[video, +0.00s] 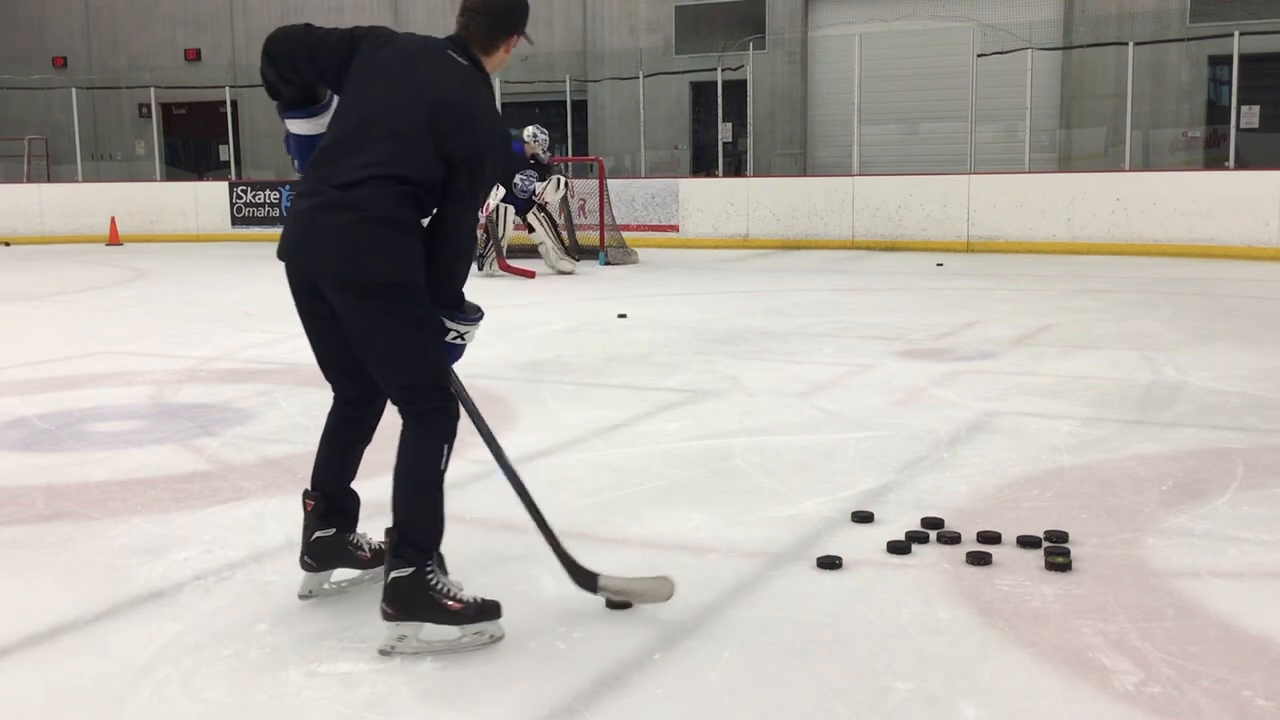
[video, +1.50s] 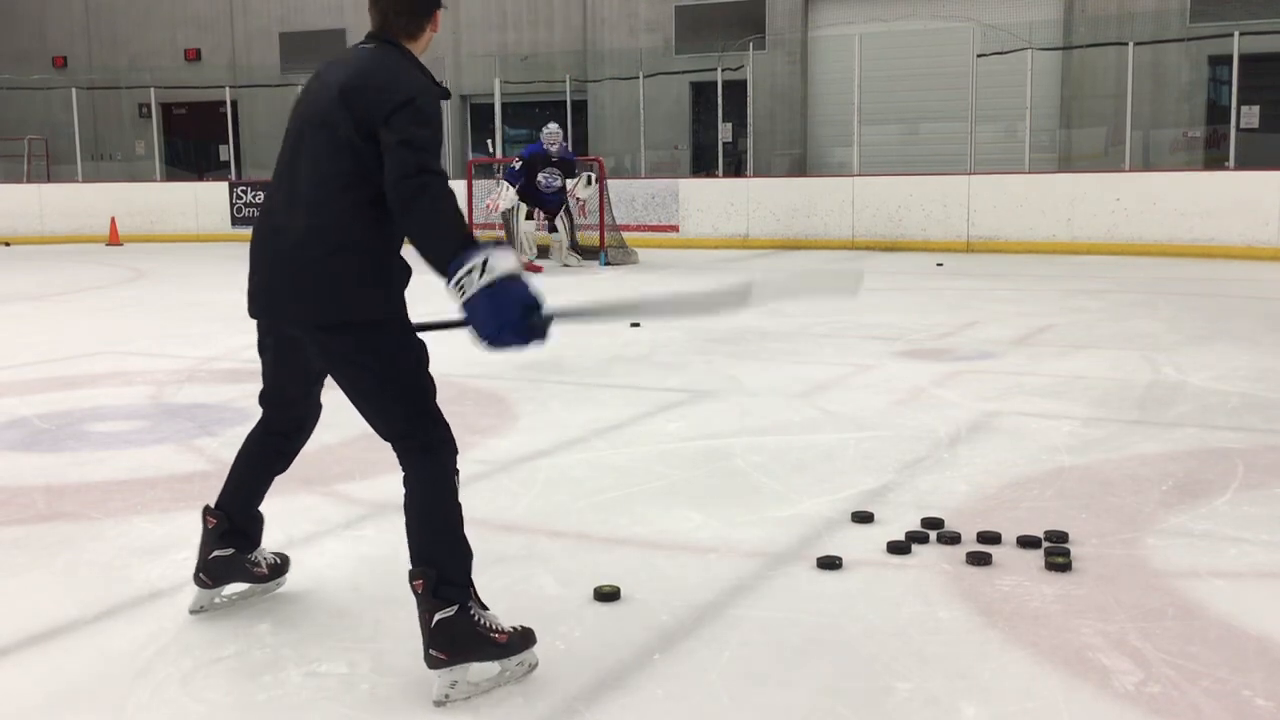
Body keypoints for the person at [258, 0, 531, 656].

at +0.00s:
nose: (515, 52)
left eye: (515, 41)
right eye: (518, 43)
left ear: (462, 21)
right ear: (507, 44)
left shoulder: (383, 46)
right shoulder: (481, 120)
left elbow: (284, 45)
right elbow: (452, 232)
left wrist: (304, 122)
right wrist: (450, 311)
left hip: (306, 243)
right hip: (376, 256)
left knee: (358, 392)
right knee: (431, 407)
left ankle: (327, 532)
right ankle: (414, 576)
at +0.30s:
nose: (473, 17)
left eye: (469, 9)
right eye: (474, 10)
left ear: (414, 2)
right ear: (466, 12)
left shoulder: (342, 38)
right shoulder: (451, 90)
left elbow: (245, 68)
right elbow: (435, 201)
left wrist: (281, 147)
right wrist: (472, 299)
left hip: (283, 249)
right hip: (357, 262)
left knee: (323, 397)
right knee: (397, 413)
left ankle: (290, 540)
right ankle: (378, 584)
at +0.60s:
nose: (444, 4)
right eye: (444, 0)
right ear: (434, 1)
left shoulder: (317, 33)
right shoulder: (432, 67)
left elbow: (232, 85)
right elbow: (432, 185)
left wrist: (259, 161)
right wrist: (490, 277)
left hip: (280, 254)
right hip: (358, 266)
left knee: (300, 401)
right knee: (401, 418)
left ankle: (261, 544)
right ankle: (389, 593)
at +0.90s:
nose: (441, 14)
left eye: (437, 8)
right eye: (441, 8)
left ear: (376, 5)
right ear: (431, 10)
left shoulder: (311, 63)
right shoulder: (429, 89)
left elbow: (245, 142)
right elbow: (432, 207)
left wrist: (292, 212)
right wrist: (488, 300)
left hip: (290, 287)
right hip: (370, 296)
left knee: (300, 415)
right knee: (429, 441)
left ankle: (246, 543)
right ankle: (460, 604)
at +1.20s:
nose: (438, 15)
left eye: (433, 9)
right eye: (438, 9)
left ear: (372, 5)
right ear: (428, 10)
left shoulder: (309, 67)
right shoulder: (417, 82)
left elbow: (290, 181)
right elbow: (428, 202)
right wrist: (486, 298)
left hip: (284, 288)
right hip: (360, 295)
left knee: (293, 418)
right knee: (427, 442)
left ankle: (239, 544)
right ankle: (457, 606)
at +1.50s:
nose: (439, 26)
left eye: (434, 16)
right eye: (439, 17)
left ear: (375, 16)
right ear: (431, 23)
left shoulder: (331, 74)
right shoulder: (405, 84)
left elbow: (318, 187)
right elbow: (417, 189)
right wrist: (475, 271)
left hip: (280, 290)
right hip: (351, 298)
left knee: (283, 422)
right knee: (428, 450)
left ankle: (223, 546)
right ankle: (449, 614)